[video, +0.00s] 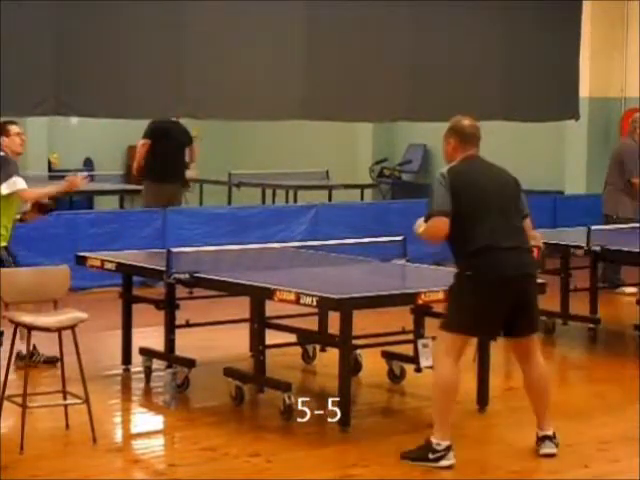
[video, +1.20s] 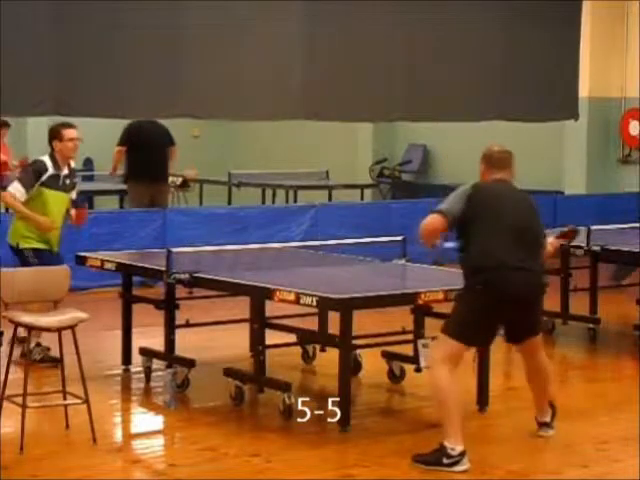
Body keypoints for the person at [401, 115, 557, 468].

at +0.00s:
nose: (443, 150)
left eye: (444, 145)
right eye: (445, 145)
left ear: (452, 144)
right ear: (477, 144)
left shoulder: (448, 177)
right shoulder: (506, 176)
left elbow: (439, 230)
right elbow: (529, 233)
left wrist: (421, 229)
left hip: (479, 276)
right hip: (522, 275)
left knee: (447, 353)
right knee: (529, 354)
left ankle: (439, 443)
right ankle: (546, 434)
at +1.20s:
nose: (479, 176)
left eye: (479, 171)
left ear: (483, 170)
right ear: (512, 172)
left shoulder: (471, 192)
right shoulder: (526, 201)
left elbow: (429, 228)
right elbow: (545, 250)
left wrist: (431, 238)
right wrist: (546, 246)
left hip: (485, 286)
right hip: (529, 285)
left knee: (442, 359)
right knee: (533, 348)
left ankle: (453, 448)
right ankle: (545, 416)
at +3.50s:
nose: (464, 168)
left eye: (463, 163)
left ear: (464, 164)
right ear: (497, 166)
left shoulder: (448, 203)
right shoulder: (516, 204)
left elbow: (424, 262)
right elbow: (540, 265)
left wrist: (450, 256)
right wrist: (535, 282)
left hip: (463, 311)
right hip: (513, 310)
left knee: (412, 372)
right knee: (545, 371)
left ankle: (420, 464)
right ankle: (562, 452)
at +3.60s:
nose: (453, 163)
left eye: (451, 157)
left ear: (452, 158)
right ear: (485, 159)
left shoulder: (436, 199)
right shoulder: (507, 198)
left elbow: (421, 258)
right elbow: (530, 255)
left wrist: (449, 249)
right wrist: (522, 287)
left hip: (454, 302)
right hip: (505, 299)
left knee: (409, 371)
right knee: (532, 370)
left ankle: (420, 464)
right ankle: (560, 450)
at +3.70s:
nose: (445, 160)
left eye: (444, 154)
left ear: (445, 154)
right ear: (476, 154)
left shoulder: (428, 191)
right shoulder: (500, 192)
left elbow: (410, 250)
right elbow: (527, 253)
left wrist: (437, 251)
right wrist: (514, 284)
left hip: (448, 304)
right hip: (498, 302)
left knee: (405, 373)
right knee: (526, 370)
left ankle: (420, 464)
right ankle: (558, 449)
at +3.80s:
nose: (439, 153)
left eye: (435, 147)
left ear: (434, 147)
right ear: (468, 148)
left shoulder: (420, 187)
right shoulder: (492, 188)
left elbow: (398, 246)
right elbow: (516, 245)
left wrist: (426, 249)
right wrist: (509, 277)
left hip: (440, 298)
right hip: (490, 294)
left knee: (405, 374)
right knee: (514, 365)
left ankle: (420, 465)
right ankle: (546, 439)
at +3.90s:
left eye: (433, 142)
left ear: (434, 143)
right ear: (466, 143)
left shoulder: (419, 185)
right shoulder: (489, 184)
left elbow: (397, 242)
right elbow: (516, 241)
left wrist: (420, 231)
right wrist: (507, 267)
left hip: (437, 294)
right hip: (487, 293)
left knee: (408, 373)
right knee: (508, 362)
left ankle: (421, 463)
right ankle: (524, 441)